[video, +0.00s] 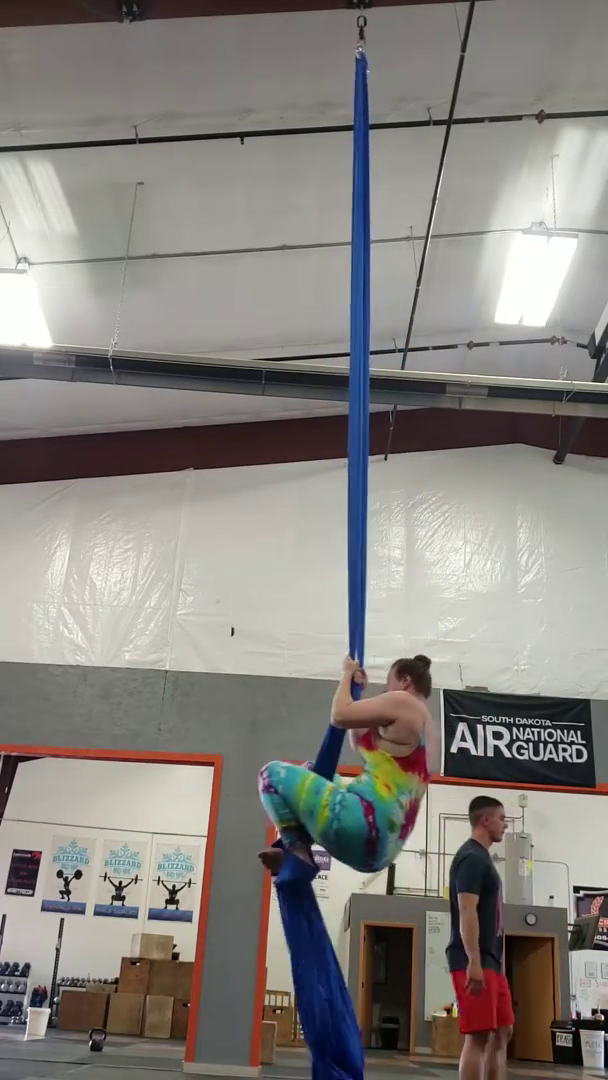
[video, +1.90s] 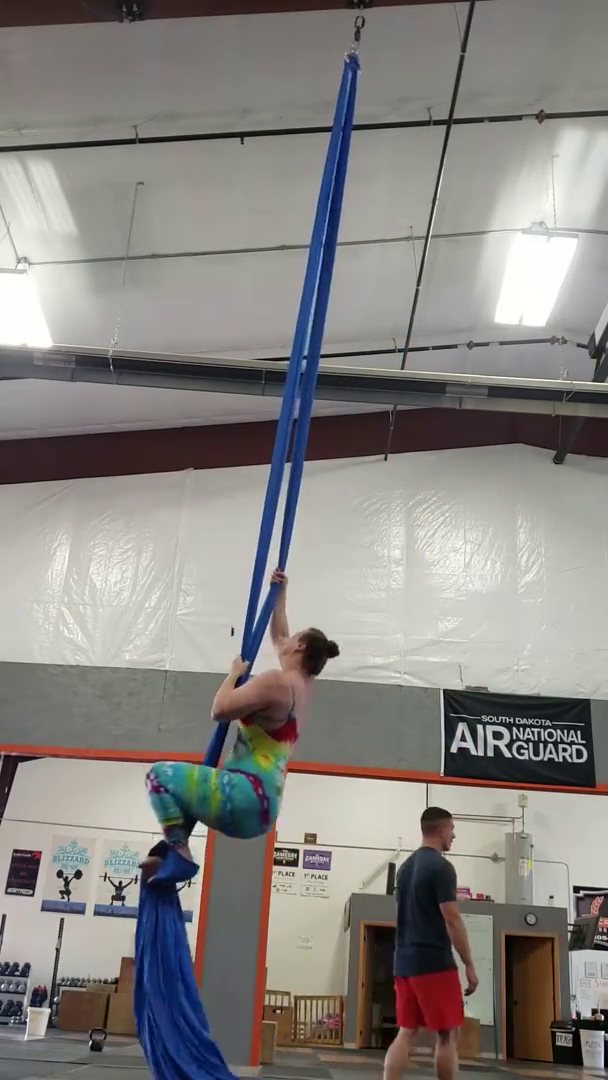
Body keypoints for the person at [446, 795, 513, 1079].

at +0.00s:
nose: (505, 825)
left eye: (505, 819)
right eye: (502, 819)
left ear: (484, 821)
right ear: (484, 820)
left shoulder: (482, 857)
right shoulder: (471, 857)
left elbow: (487, 914)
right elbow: (467, 911)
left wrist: (496, 962)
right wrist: (473, 961)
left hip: (491, 963)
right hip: (474, 963)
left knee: (503, 1032)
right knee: (478, 1037)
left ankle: (493, 1075)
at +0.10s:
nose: (497, 825)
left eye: (496, 819)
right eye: (493, 819)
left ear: (475, 821)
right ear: (476, 820)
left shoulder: (467, 854)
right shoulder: (466, 857)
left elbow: (471, 912)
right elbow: (468, 912)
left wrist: (486, 961)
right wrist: (483, 961)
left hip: (471, 961)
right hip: (468, 961)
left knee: (478, 1038)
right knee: (474, 1039)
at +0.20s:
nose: (488, 823)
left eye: (487, 818)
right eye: (484, 817)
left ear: (464, 820)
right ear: (467, 819)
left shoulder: (455, 854)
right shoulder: (460, 857)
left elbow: (462, 910)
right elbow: (468, 910)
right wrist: (493, 958)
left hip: (457, 956)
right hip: (464, 957)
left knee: (464, 1032)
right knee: (473, 1035)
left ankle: (434, 1075)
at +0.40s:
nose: (468, 826)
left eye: (467, 820)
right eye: (464, 820)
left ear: (444, 823)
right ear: (448, 822)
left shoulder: (431, 858)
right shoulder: (443, 858)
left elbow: (438, 915)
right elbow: (457, 910)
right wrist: (490, 953)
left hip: (436, 960)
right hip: (452, 960)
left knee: (433, 1032)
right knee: (465, 1035)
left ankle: (405, 1076)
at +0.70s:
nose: (438, 830)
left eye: (438, 824)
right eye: (435, 823)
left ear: (413, 825)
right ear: (418, 824)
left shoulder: (395, 860)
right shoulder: (420, 861)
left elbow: (396, 914)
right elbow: (428, 913)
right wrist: (446, 960)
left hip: (393, 959)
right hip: (418, 961)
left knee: (394, 1033)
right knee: (442, 1032)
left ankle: (384, 1077)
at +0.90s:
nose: (425, 828)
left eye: (425, 823)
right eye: (421, 822)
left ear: (401, 824)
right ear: (406, 823)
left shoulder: (385, 859)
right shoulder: (407, 858)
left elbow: (383, 913)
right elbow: (413, 910)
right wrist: (429, 956)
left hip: (382, 959)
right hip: (407, 959)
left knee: (386, 1032)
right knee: (430, 1030)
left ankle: (380, 1078)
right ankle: (441, 1076)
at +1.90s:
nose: (453, 836)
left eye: (453, 830)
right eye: (451, 830)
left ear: (426, 831)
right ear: (441, 831)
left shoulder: (406, 866)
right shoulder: (441, 866)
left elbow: (406, 918)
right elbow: (452, 919)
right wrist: (469, 964)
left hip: (403, 963)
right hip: (434, 964)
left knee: (406, 1032)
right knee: (448, 1035)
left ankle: (388, 1077)